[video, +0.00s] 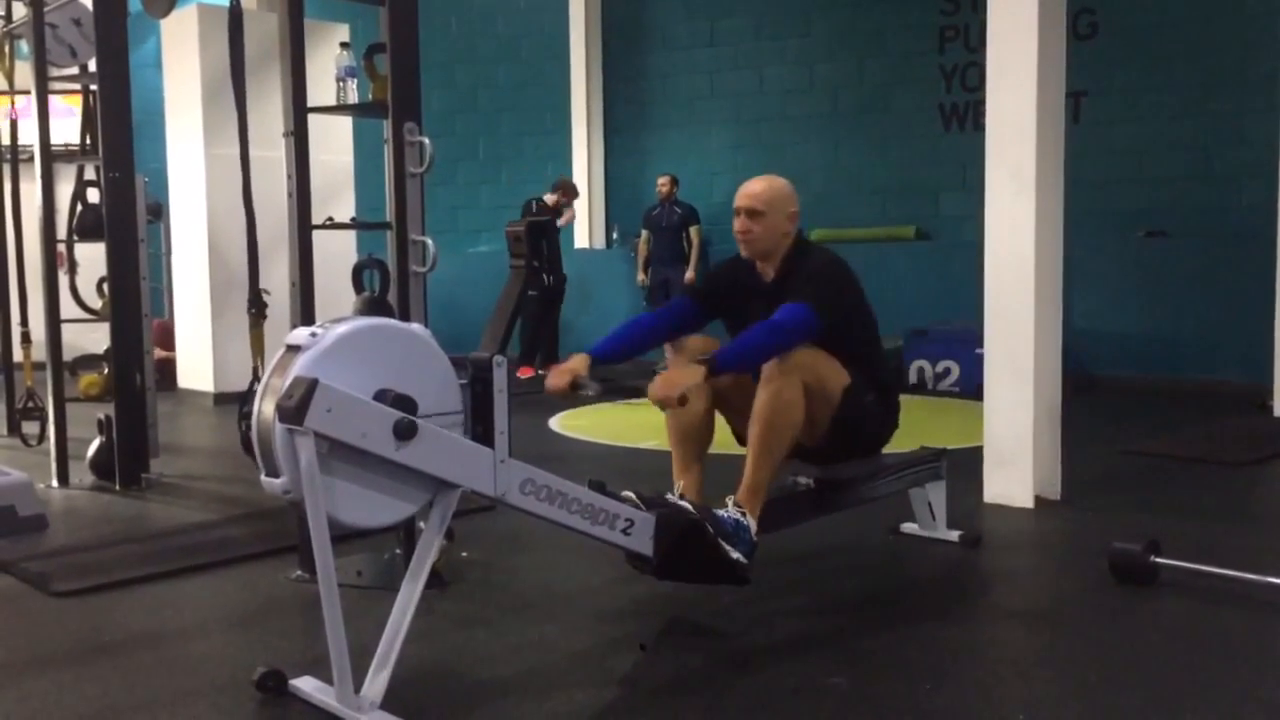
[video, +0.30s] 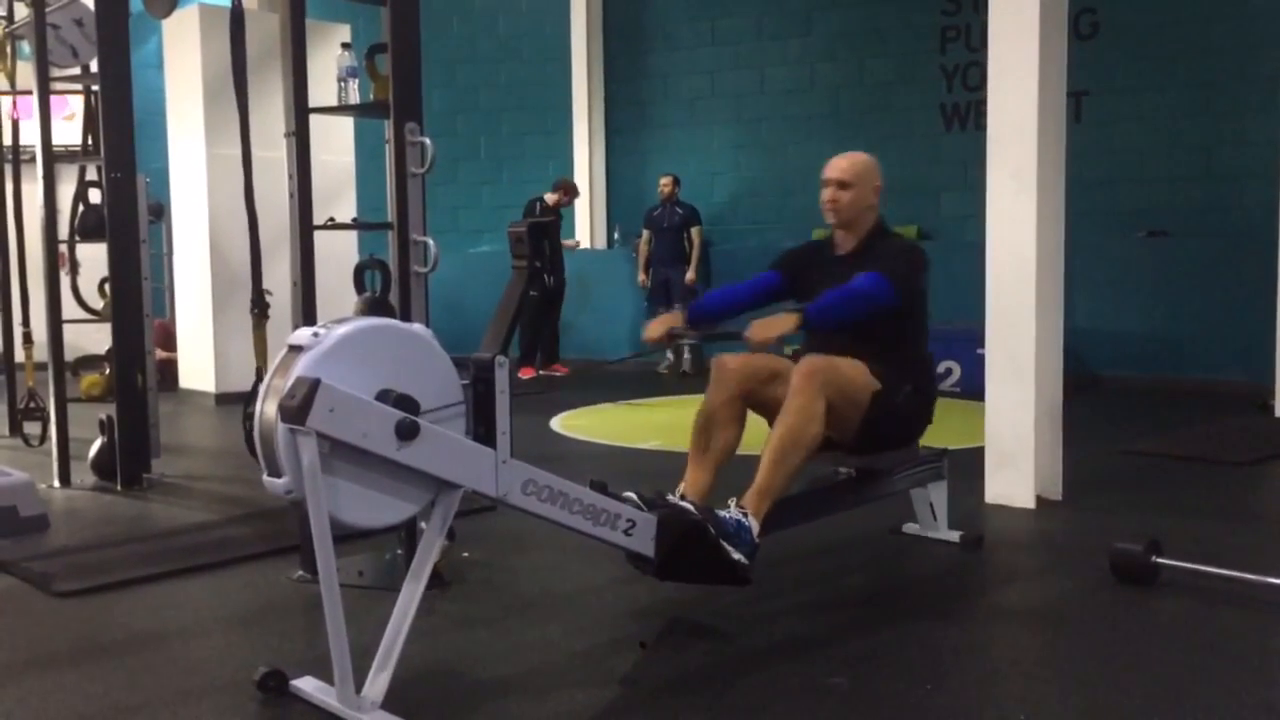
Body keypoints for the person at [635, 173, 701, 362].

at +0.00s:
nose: (659, 189)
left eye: (663, 185)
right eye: (658, 186)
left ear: (674, 188)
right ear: (656, 188)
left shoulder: (687, 211)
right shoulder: (650, 212)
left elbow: (695, 241)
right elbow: (643, 242)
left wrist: (691, 269)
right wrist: (640, 269)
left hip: (679, 270)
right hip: (656, 270)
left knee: (680, 312)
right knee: (660, 313)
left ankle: (681, 358)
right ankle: (667, 357)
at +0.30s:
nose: (661, 189)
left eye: (665, 186)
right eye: (660, 186)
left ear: (675, 188)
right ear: (658, 188)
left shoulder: (688, 211)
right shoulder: (652, 213)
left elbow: (696, 242)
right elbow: (644, 242)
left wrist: (692, 269)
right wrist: (641, 270)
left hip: (680, 269)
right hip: (658, 269)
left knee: (682, 311)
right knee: (662, 312)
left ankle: (687, 354)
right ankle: (669, 354)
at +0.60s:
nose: (661, 190)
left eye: (665, 187)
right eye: (660, 187)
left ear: (675, 190)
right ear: (658, 190)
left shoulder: (688, 213)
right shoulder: (652, 214)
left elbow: (697, 243)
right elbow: (644, 243)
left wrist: (692, 270)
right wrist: (642, 271)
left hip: (679, 270)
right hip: (658, 270)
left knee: (680, 312)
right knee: (663, 314)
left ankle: (686, 357)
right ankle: (668, 357)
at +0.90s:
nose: (661, 192)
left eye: (665, 189)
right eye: (659, 189)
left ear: (675, 191)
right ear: (658, 192)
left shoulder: (687, 215)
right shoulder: (651, 216)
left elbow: (696, 244)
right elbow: (644, 244)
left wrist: (691, 272)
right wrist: (641, 272)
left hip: (679, 272)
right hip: (658, 272)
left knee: (679, 314)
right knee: (662, 316)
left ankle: (686, 359)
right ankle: (668, 359)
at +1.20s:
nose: (659, 194)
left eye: (663, 190)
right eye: (658, 191)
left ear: (674, 193)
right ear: (657, 193)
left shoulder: (686, 217)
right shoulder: (650, 218)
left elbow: (695, 247)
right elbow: (643, 247)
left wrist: (690, 274)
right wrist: (640, 274)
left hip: (677, 274)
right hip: (656, 274)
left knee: (678, 316)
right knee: (660, 318)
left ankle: (684, 360)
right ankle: (666, 361)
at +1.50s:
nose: (659, 198)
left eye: (663, 195)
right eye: (658, 195)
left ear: (673, 198)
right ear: (656, 198)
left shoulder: (685, 220)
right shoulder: (649, 222)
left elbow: (694, 251)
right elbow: (642, 250)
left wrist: (689, 278)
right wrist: (639, 279)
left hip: (677, 279)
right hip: (655, 279)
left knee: (676, 323)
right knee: (657, 323)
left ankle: (678, 369)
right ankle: (665, 367)